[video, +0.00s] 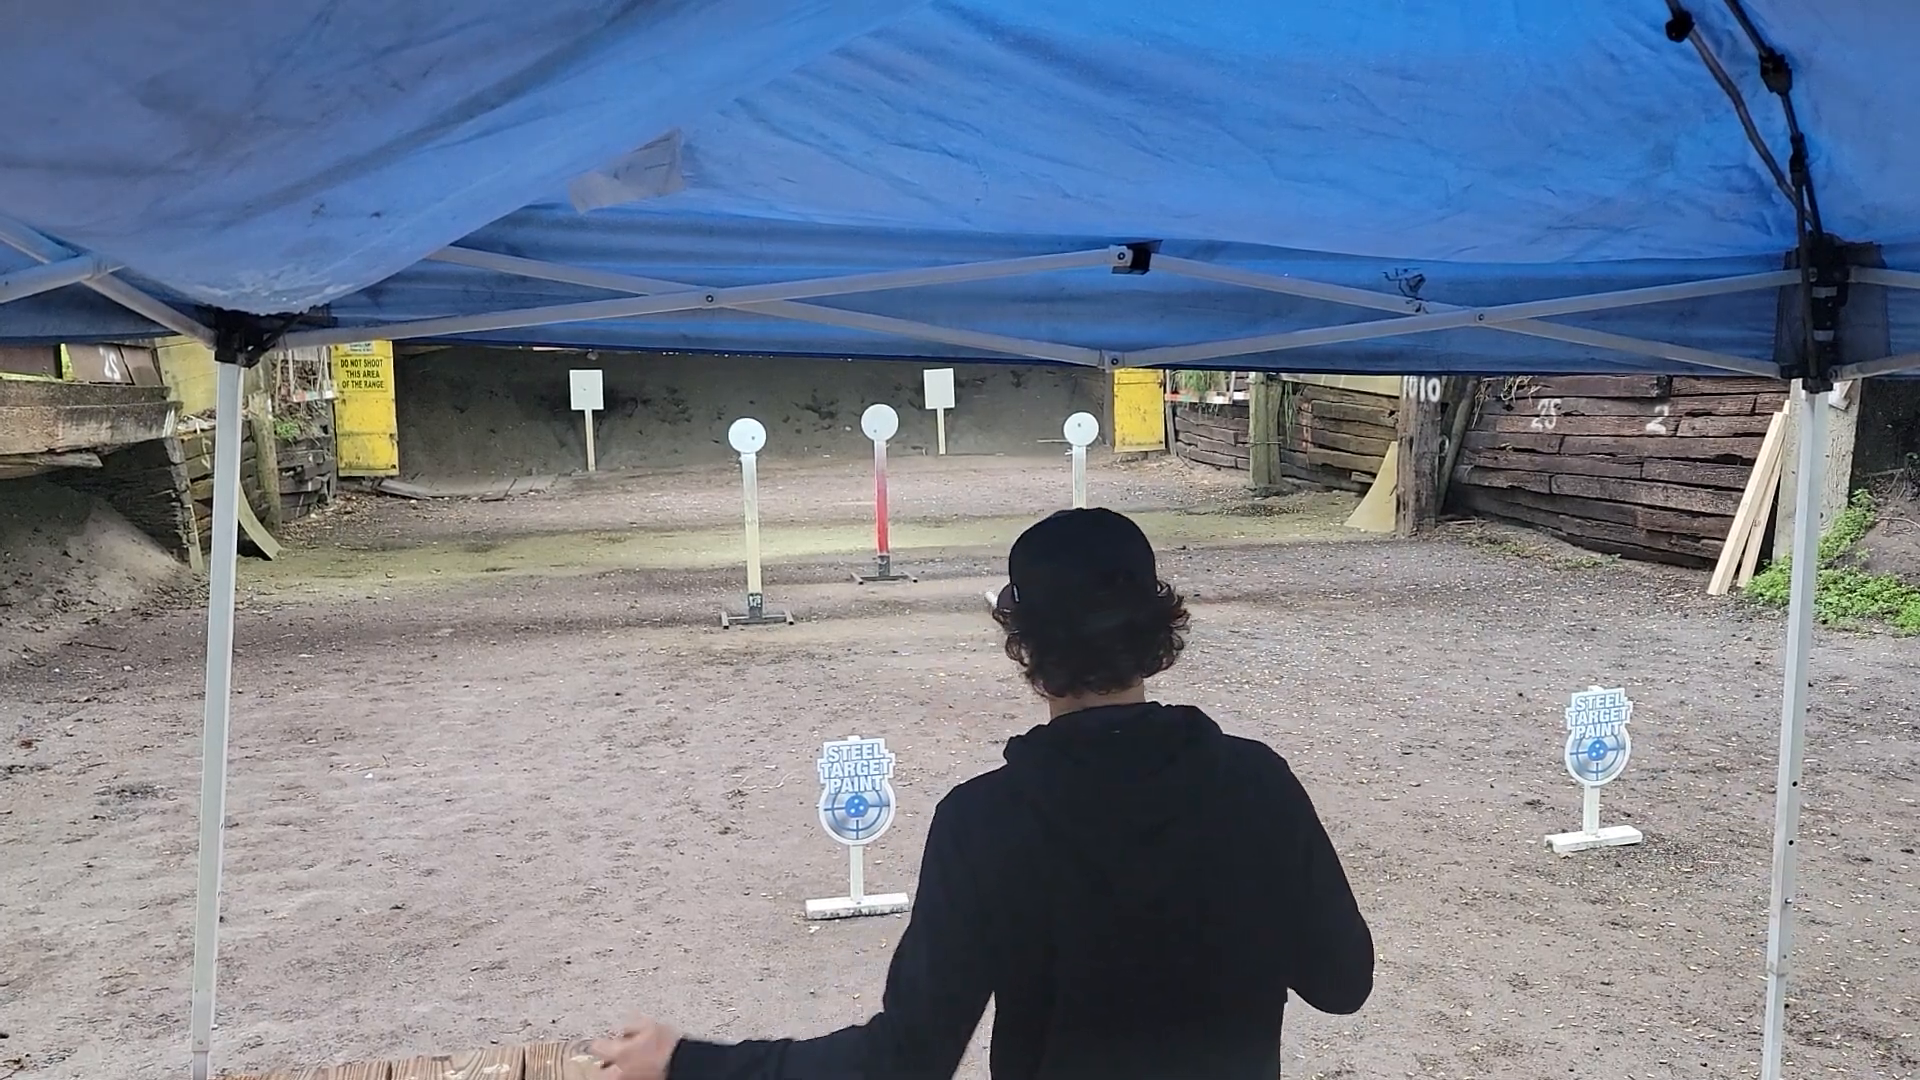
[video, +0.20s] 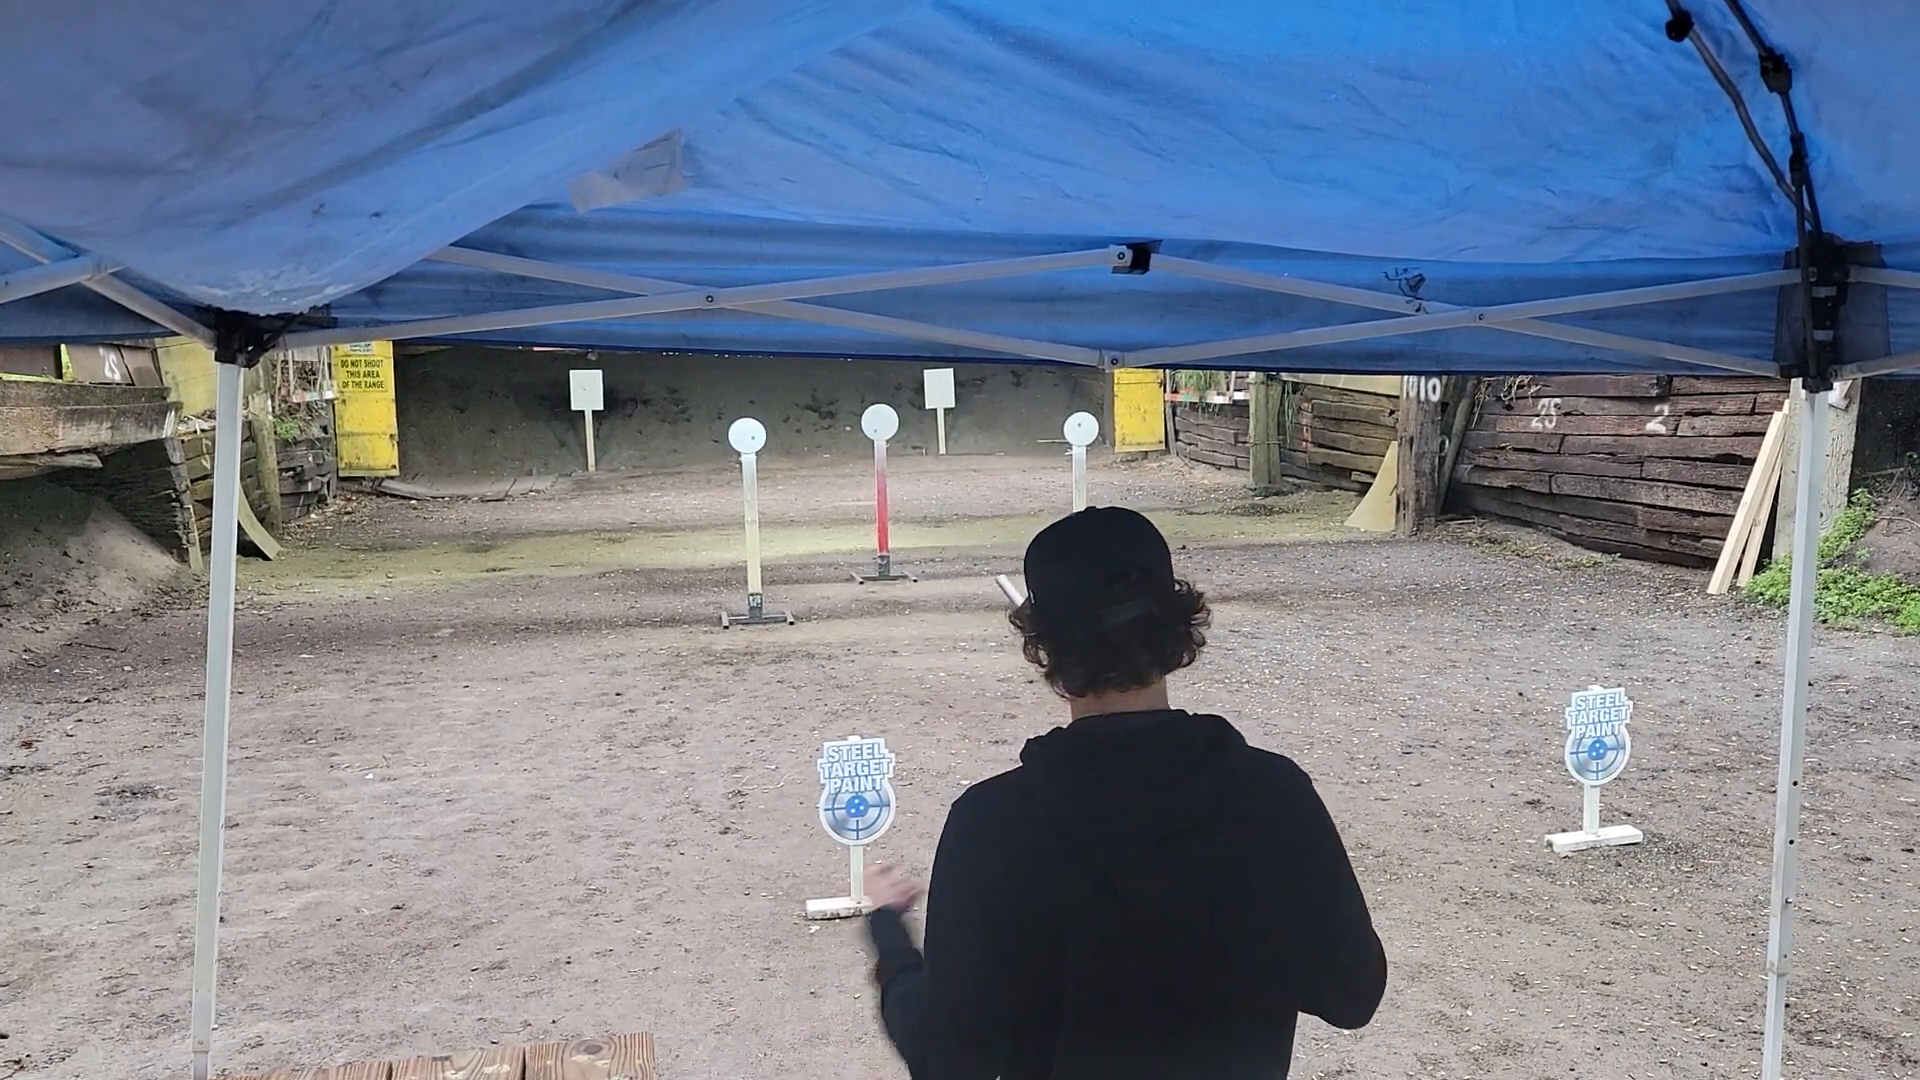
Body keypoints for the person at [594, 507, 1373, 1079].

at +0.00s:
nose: (1016, 636)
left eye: (1014, 620)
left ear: (1021, 640)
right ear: (1162, 625)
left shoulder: (987, 818)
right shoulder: (1258, 784)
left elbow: (910, 1055)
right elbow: (1344, 980)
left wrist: (686, 1060)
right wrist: (1230, 893)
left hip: (1053, 1067)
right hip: (1226, 1071)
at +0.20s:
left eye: (1034, 622)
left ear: (1043, 642)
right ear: (1178, 621)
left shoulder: (992, 821)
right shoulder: (1277, 793)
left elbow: (950, 1057)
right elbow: (1356, 994)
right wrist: (1236, 908)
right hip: (1235, 1071)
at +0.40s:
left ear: (1062, 642)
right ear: (1201, 620)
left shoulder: (1000, 806)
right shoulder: (1294, 803)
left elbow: (982, 1004)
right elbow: (1376, 1005)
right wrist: (1251, 930)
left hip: (1055, 1068)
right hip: (1245, 1067)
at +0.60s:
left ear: (1080, 642)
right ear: (1218, 623)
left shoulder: (1012, 795)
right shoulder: (1311, 809)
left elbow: (1003, 991)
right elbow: (1392, 1014)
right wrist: (1268, 941)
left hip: (1058, 1072)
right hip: (1256, 1070)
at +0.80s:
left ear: (1085, 637)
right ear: (1221, 619)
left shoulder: (1016, 792)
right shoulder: (1316, 810)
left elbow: (1012, 983)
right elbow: (1388, 1023)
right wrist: (1263, 937)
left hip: (1063, 1075)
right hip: (1258, 1072)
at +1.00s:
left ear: (1086, 637)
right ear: (1225, 619)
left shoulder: (1019, 792)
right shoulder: (1317, 809)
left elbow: (1022, 965)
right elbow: (1387, 1023)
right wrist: (1264, 942)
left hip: (1068, 1072)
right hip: (1261, 1072)